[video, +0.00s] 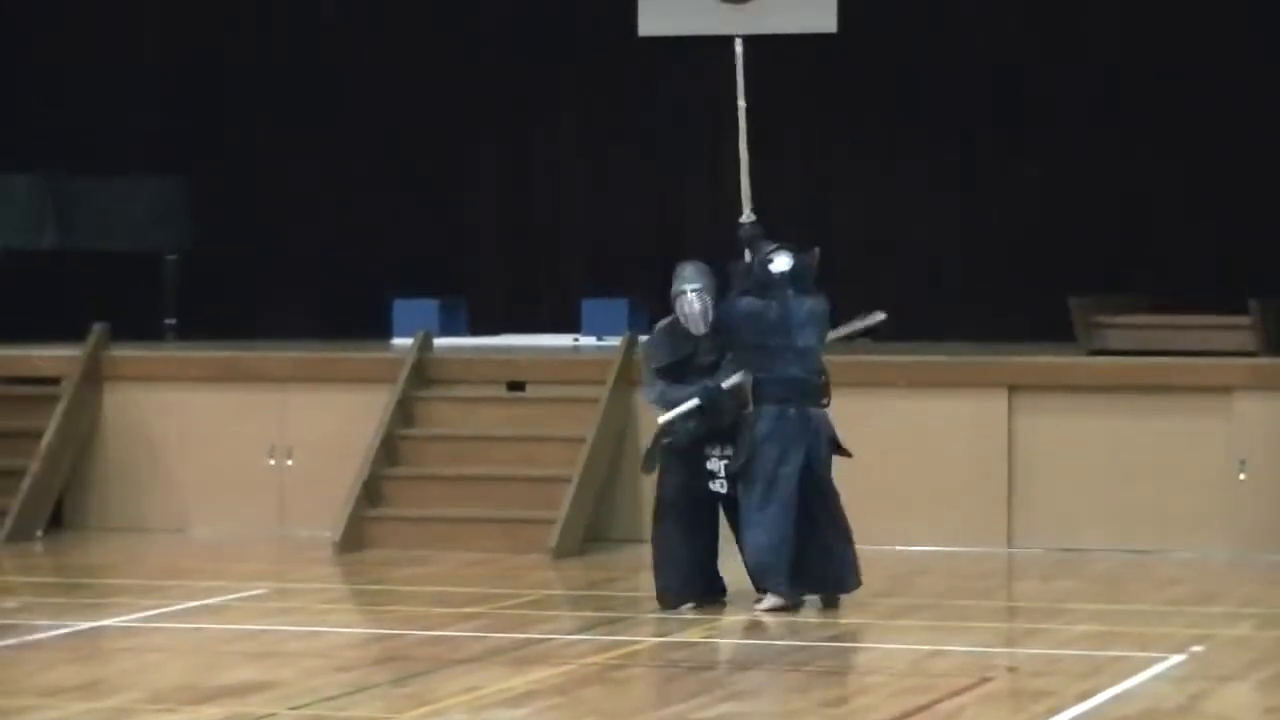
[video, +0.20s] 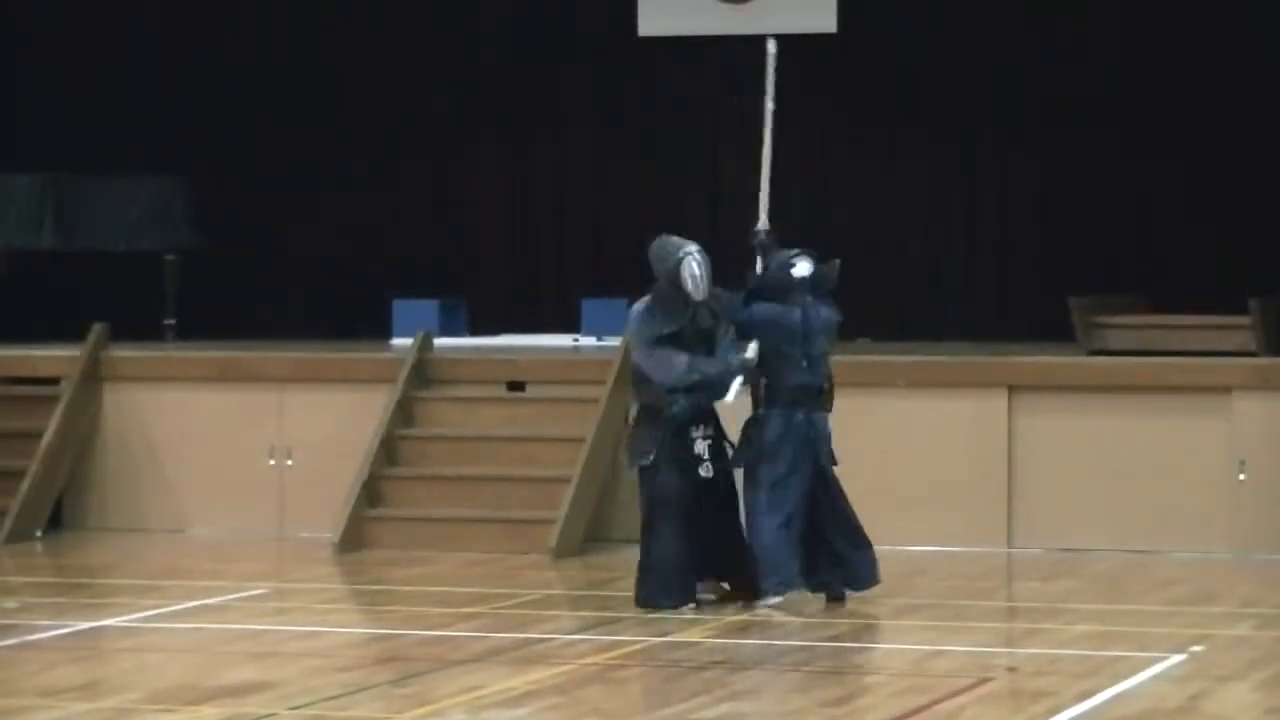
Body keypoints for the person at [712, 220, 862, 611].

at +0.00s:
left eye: (766, 268)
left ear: (765, 277)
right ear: (798, 273)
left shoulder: (750, 313)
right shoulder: (814, 309)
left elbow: (729, 307)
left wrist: (749, 267)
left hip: (771, 410)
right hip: (812, 410)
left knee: (767, 493)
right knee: (816, 493)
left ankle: (779, 587)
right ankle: (830, 581)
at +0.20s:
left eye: (771, 279)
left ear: (782, 282)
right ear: (810, 280)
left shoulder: (773, 316)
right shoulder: (825, 315)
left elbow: (738, 313)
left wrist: (759, 279)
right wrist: (770, 253)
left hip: (779, 415)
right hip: (814, 415)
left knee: (767, 496)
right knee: (814, 494)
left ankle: (777, 582)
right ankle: (832, 578)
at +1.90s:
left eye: (586, 281)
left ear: (586, 285)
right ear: (623, 281)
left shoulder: (595, 327)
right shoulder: (645, 324)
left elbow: (564, 374)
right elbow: (651, 369)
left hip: (595, 425)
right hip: (629, 424)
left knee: (588, 506)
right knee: (625, 507)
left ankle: (588, 594)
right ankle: (627, 590)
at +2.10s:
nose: (572, 285)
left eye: (575, 279)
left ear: (580, 282)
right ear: (613, 281)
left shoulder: (576, 322)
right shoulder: (641, 325)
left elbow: (548, 366)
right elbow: (650, 369)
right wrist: (614, 374)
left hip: (582, 420)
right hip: (624, 421)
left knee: (573, 504)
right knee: (617, 505)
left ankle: (588, 596)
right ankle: (625, 588)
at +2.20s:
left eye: (576, 278)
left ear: (579, 282)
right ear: (615, 283)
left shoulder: (568, 325)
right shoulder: (638, 327)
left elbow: (545, 361)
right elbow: (647, 371)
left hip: (575, 422)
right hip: (620, 423)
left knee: (573, 508)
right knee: (622, 508)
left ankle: (589, 600)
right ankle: (632, 586)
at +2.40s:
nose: (581, 283)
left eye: (583, 278)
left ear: (586, 282)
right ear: (623, 282)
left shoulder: (574, 325)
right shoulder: (646, 327)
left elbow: (548, 365)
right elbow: (652, 371)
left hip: (582, 424)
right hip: (630, 426)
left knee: (577, 512)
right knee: (634, 510)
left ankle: (578, 603)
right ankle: (648, 590)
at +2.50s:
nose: (590, 285)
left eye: (591, 280)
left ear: (594, 282)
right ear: (628, 282)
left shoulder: (579, 324)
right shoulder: (653, 324)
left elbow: (558, 368)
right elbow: (663, 366)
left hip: (592, 423)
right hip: (640, 423)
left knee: (586, 510)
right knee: (641, 512)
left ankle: (579, 602)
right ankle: (643, 603)